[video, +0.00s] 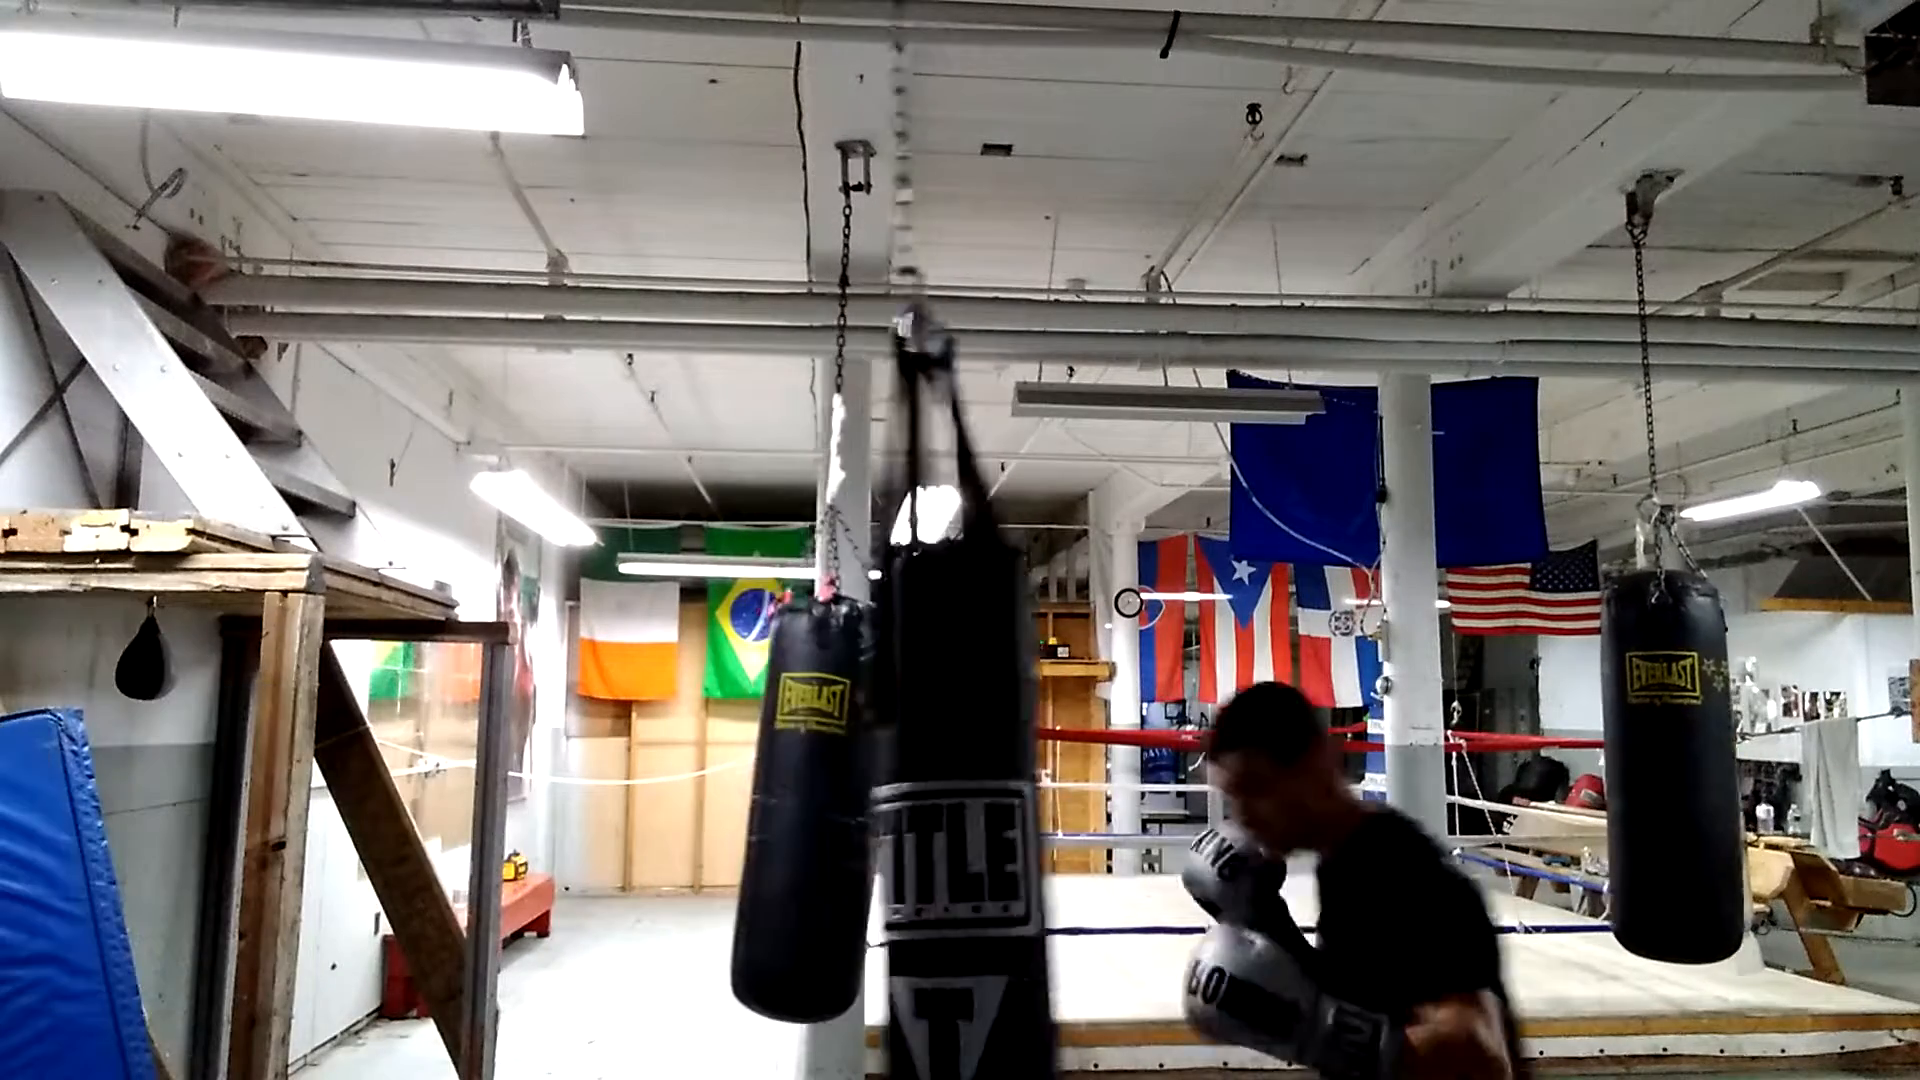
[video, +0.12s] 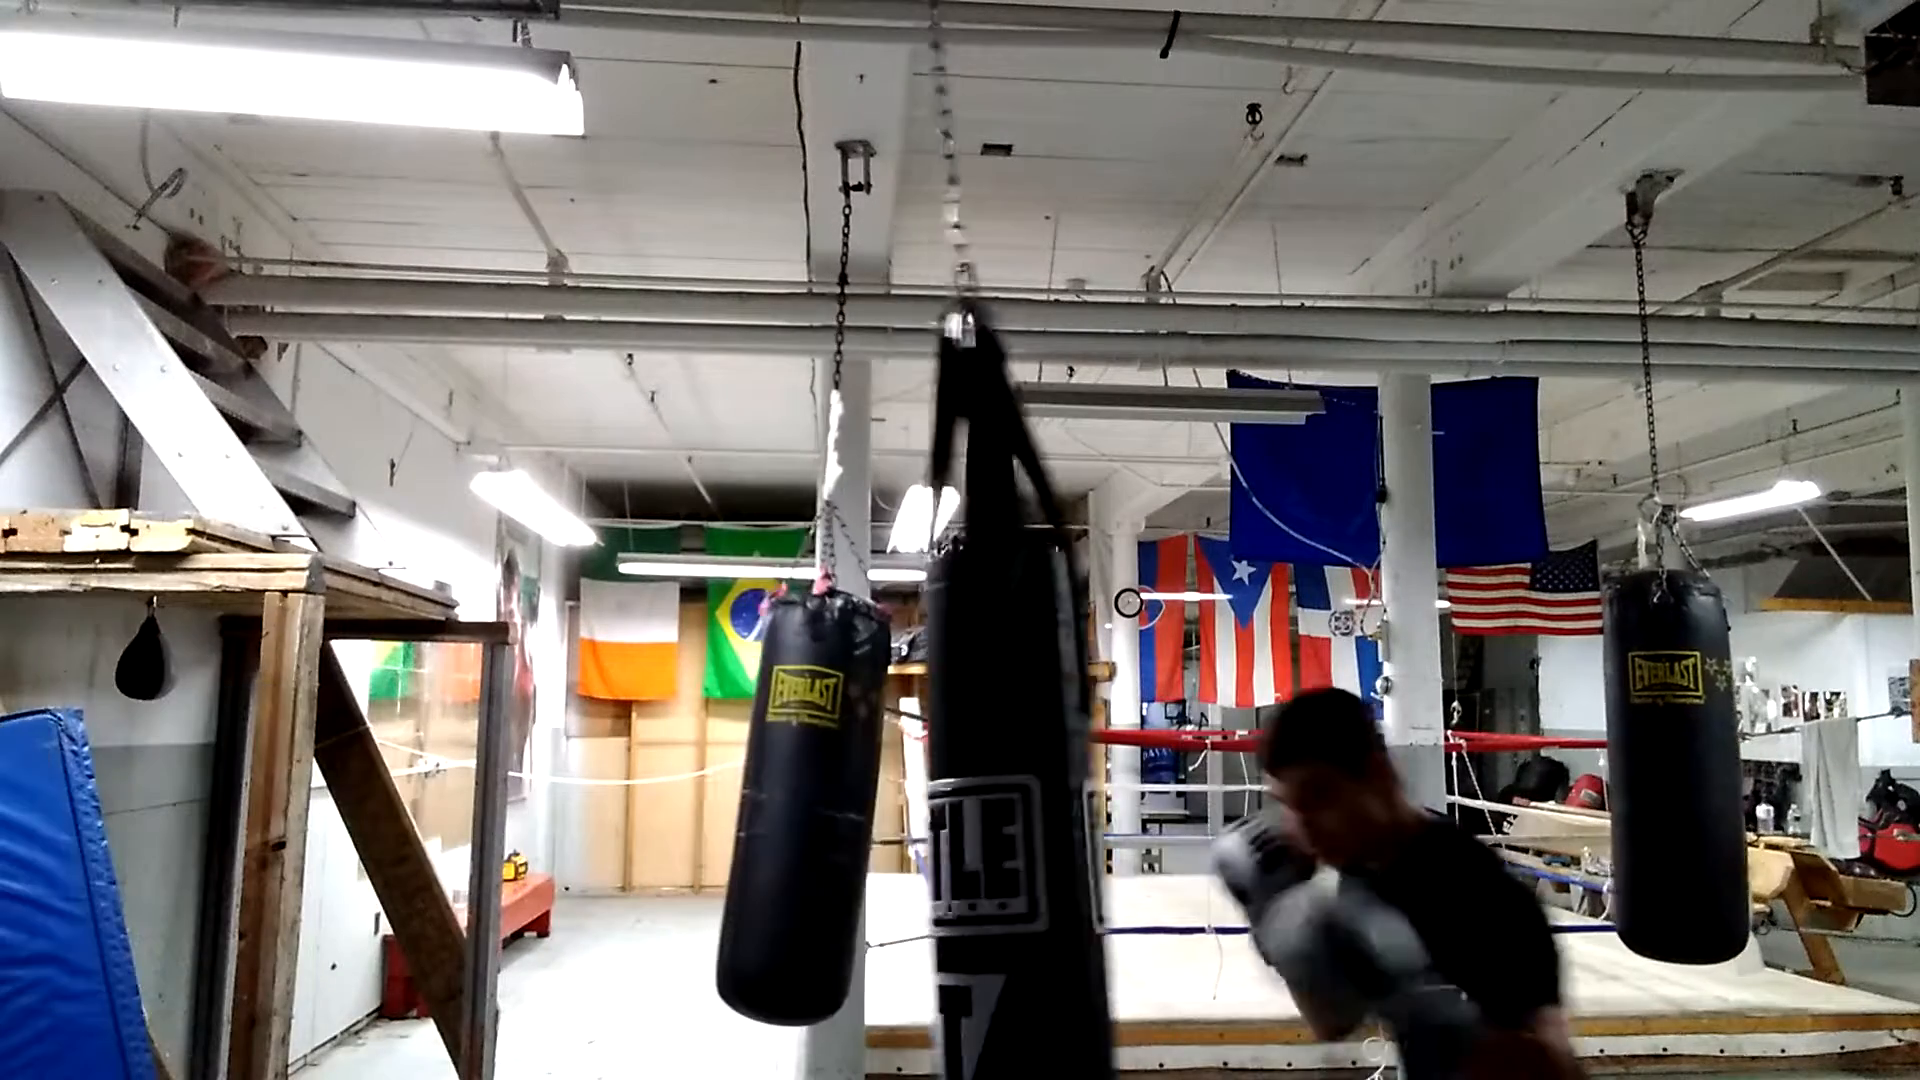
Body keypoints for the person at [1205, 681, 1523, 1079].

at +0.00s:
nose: (1239, 816)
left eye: (1252, 790)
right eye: (1229, 796)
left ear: (1317, 764)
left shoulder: (1397, 862)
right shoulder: (1347, 862)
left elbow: (1478, 1048)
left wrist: (1319, 1027)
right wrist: (1262, 914)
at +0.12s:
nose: (1297, 828)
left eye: (1314, 801)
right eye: (1284, 805)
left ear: (1377, 774)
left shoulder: (1477, 881)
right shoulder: (1361, 871)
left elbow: (1551, 1052)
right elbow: (1334, 1021)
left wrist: (1410, 993)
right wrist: (1280, 908)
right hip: (1425, 1069)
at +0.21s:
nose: (1344, 852)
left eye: (1359, 826)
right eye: (1331, 831)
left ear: (1417, 791)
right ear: (1317, 821)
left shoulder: (1531, 898)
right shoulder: (1393, 894)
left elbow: (1616, 1064)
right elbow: (1339, 1035)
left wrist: (1491, 1022)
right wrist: (1299, 923)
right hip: (1423, 1069)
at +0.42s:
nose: (1381, 921)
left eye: (1392, 896)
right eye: (1373, 902)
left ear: (1453, 873)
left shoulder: (1576, 969)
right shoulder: (1473, 960)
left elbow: (1689, 1074)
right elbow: (1422, 1056)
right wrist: (1371, 1025)